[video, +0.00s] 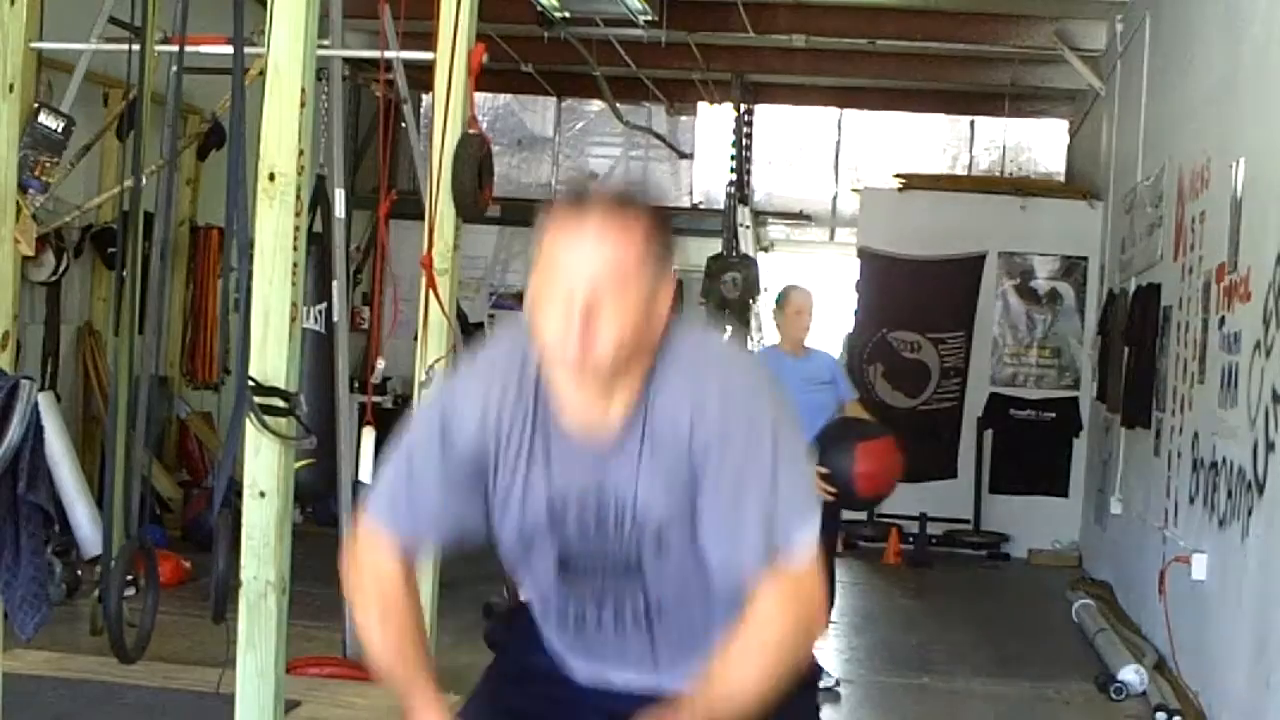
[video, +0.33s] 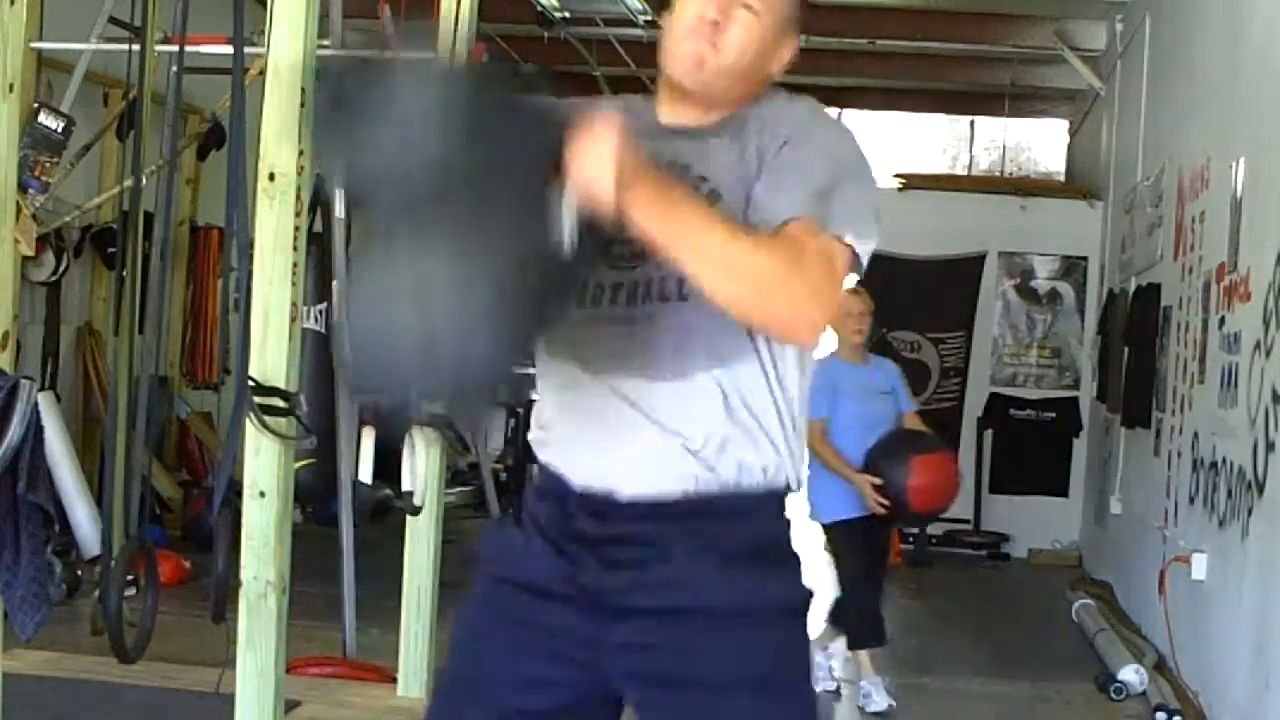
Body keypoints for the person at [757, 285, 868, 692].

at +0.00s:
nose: (805, 320)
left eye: (808, 313)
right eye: (797, 312)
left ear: (812, 317)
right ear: (778, 316)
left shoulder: (827, 365)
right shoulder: (759, 365)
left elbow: (854, 411)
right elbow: (753, 431)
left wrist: (873, 450)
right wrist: (797, 469)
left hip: (821, 477)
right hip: (773, 477)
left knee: (818, 566)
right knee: (777, 564)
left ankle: (806, 653)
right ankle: (777, 657)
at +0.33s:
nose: (859, 323)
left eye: (864, 315)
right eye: (851, 316)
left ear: (872, 321)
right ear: (835, 322)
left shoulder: (888, 371)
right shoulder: (825, 373)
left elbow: (912, 423)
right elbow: (815, 438)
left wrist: (935, 462)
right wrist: (854, 477)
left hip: (880, 491)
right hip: (836, 493)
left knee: (867, 579)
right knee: (860, 578)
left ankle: (823, 646)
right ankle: (870, 676)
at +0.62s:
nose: (907, 316)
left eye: (912, 308)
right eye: (897, 309)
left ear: (922, 315)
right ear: (878, 317)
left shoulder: (936, 369)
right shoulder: (864, 369)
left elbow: (956, 424)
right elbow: (859, 435)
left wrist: (975, 468)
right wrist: (901, 477)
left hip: (928, 499)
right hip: (875, 505)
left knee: (942, 583)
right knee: (880, 592)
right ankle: (873, 680)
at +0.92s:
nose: (968, 328)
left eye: (973, 320)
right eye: (958, 320)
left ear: (980, 324)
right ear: (937, 324)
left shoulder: (997, 375)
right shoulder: (917, 378)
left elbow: (1022, 434)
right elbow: (910, 448)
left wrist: (1046, 479)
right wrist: (949, 492)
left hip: (985, 513)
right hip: (930, 516)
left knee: (987, 600)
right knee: (938, 600)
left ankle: (981, 699)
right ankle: (900, 667)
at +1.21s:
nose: (1003, 336)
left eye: (1010, 329)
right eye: (994, 328)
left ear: (1018, 332)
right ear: (975, 329)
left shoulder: (1038, 379)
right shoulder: (949, 383)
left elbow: (1064, 441)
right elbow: (937, 453)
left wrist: (1085, 484)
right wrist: (964, 500)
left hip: (1023, 519)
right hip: (967, 519)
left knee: (1010, 609)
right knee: (989, 609)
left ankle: (983, 698)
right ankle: (999, 703)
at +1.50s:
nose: (1027, 351)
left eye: (1034, 343)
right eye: (1018, 342)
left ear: (1044, 344)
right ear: (1000, 344)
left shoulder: (1068, 389)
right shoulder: (977, 395)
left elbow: (1094, 448)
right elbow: (961, 465)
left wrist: (1111, 495)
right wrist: (981, 515)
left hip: (1052, 526)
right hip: (993, 527)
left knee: (1073, 609)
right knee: (999, 618)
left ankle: (1039, 678)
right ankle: (1006, 710)